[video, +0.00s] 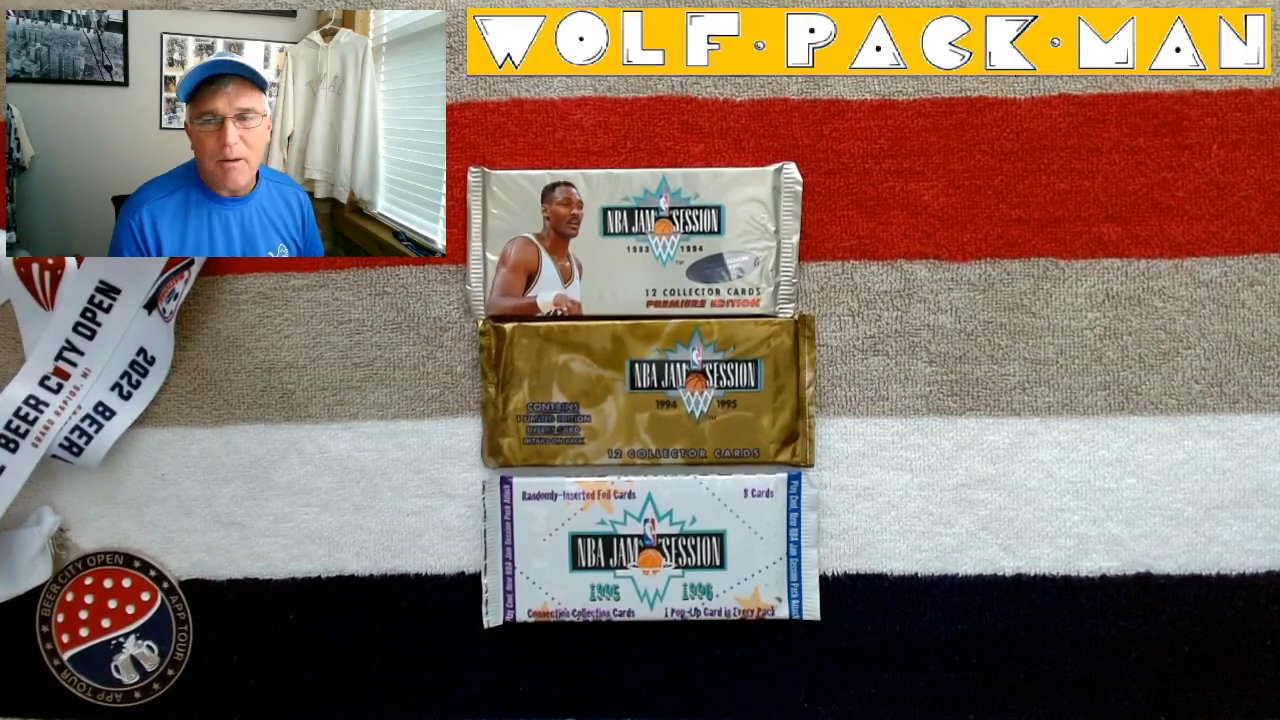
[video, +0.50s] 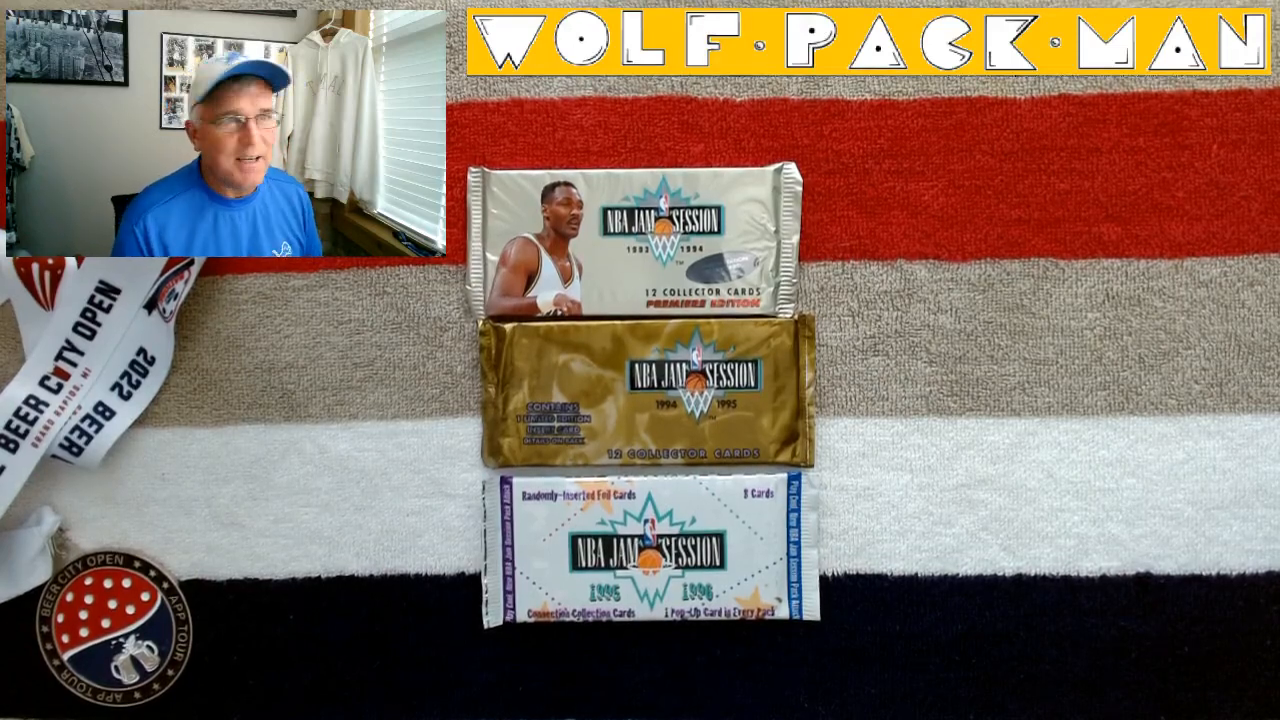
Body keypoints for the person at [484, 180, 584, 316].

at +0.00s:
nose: (576, 213)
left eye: (580, 206)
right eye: (566, 204)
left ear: (583, 211)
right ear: (546, 211)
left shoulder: (575, 266)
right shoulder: (521, 249)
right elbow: (495, 307)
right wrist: (551, 300)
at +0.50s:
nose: (576, 213)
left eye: (580, 206)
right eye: (566, 205)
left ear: (583, 211)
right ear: (545, 211)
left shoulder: (575, 265)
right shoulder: (521, 250)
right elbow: (494, 307)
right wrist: (551, 301)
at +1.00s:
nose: (576, 213)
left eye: (580, 207)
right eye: (566, 205)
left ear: (583, 211)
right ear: (545, 211)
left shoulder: (575, 266)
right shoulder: (521, 249)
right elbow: (494, 307)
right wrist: (550, 301)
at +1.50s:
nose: (576, 213)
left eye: (580, 207)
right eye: (566, 205)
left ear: (583, 211)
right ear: (545, 211)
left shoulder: (575, 265)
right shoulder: (521, 249)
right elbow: (495, 307)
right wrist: (550, 301)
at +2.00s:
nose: (576, 213)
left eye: (580, 207)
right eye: (566, 205)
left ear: (583, 211)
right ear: (545, 211)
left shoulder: (575, 266)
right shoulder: (521, 250)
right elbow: (495, 307)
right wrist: (550, 301)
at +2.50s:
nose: (576, 213)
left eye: (580, 207)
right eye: (566, 205)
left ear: (583, 211)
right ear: (545, 211)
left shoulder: (575, 266)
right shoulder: (521, 250)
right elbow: (495, 307)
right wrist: (550, 301)